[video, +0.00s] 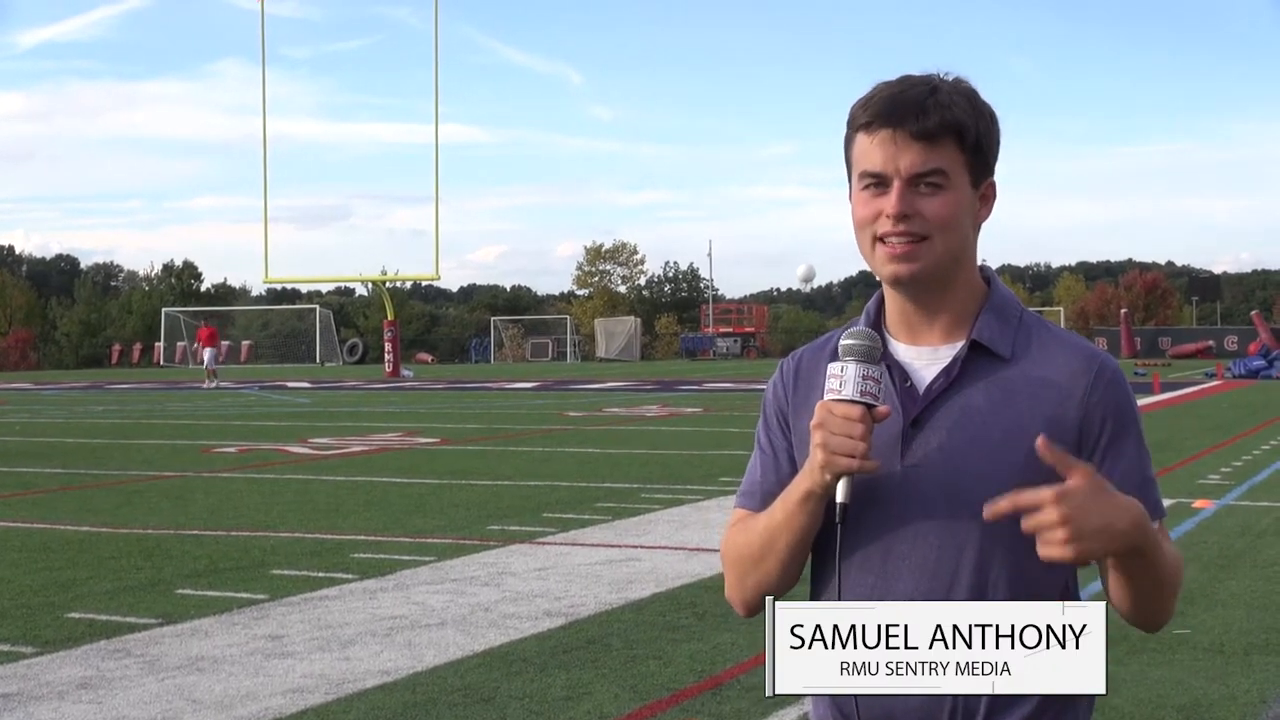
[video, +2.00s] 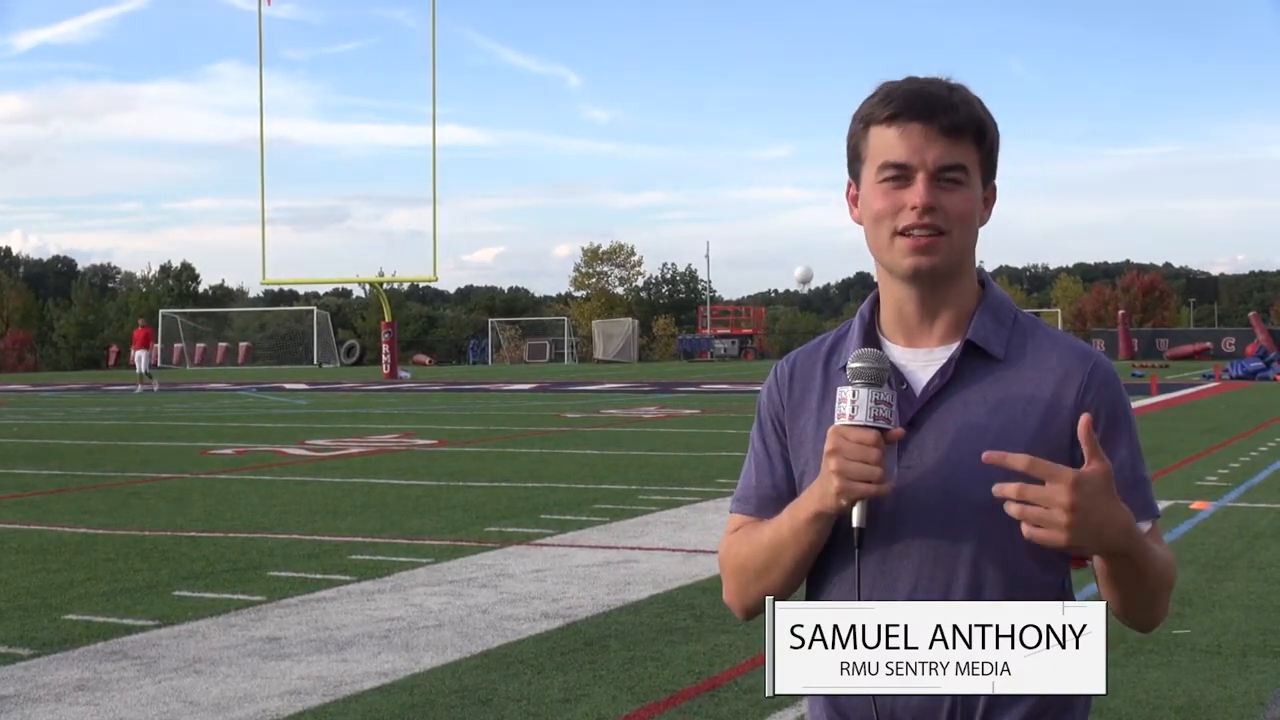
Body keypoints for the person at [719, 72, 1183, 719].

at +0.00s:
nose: (896, 209)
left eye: (929, 183)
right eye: (874, 184)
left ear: (983, 200)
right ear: (852, 201)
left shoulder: (1082, 380)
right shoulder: (803, 379)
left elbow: (1151, 611)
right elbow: (743, 588)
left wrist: (1132, 529)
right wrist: (815, 477)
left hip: (1027, 706)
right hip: (850, 706)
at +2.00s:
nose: (922, 201)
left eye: (950, 178)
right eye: (895, 177)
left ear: (986, 201)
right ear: (855, 201)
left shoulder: (1075, 379)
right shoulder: (796, 384)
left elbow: (1146, 611)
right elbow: (740, 590)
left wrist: (1118, 536)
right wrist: (820, 498)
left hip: (1024, 706)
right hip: (846, 707)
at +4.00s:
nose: (908, 201)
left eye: (943, 178)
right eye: (887, 175)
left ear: (992, 203)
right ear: (861, 198)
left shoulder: (1079, 380)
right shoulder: (797, 381)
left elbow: (1145, 611)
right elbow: (742, 586)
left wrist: (1111, 533)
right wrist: (819, 499)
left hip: (1027, 705)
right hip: (848, 707)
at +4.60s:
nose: (917, 210)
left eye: (948, 186)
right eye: (895, 182)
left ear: (992, 208)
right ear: (861, 199)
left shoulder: (1078, 386)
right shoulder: (797, 383)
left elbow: (1134, 591)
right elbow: (746, 589)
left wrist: (1029, 581)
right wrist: (834, 507)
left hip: (1024, 708)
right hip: (845, 708)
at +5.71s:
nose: (911, 202)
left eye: (943, 180)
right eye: (887, 178)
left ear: (987, 203)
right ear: (856, 203)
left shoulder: (1076, 377)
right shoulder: (796, 382)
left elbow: (1153, 598)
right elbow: (738, 589)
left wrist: (1058, 499)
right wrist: (807, 493)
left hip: (1027, 704)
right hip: (851, 706)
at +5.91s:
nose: (910, 200)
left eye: (943, 178)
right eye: (887, 177)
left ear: (987, 202)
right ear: (856, 203)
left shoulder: (1076, 377)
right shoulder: (797, 380)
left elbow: (1154, 597)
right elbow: (736, 587)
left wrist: (1051, 497)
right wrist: (806, 491)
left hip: (1025, 705)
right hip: (850, 706)